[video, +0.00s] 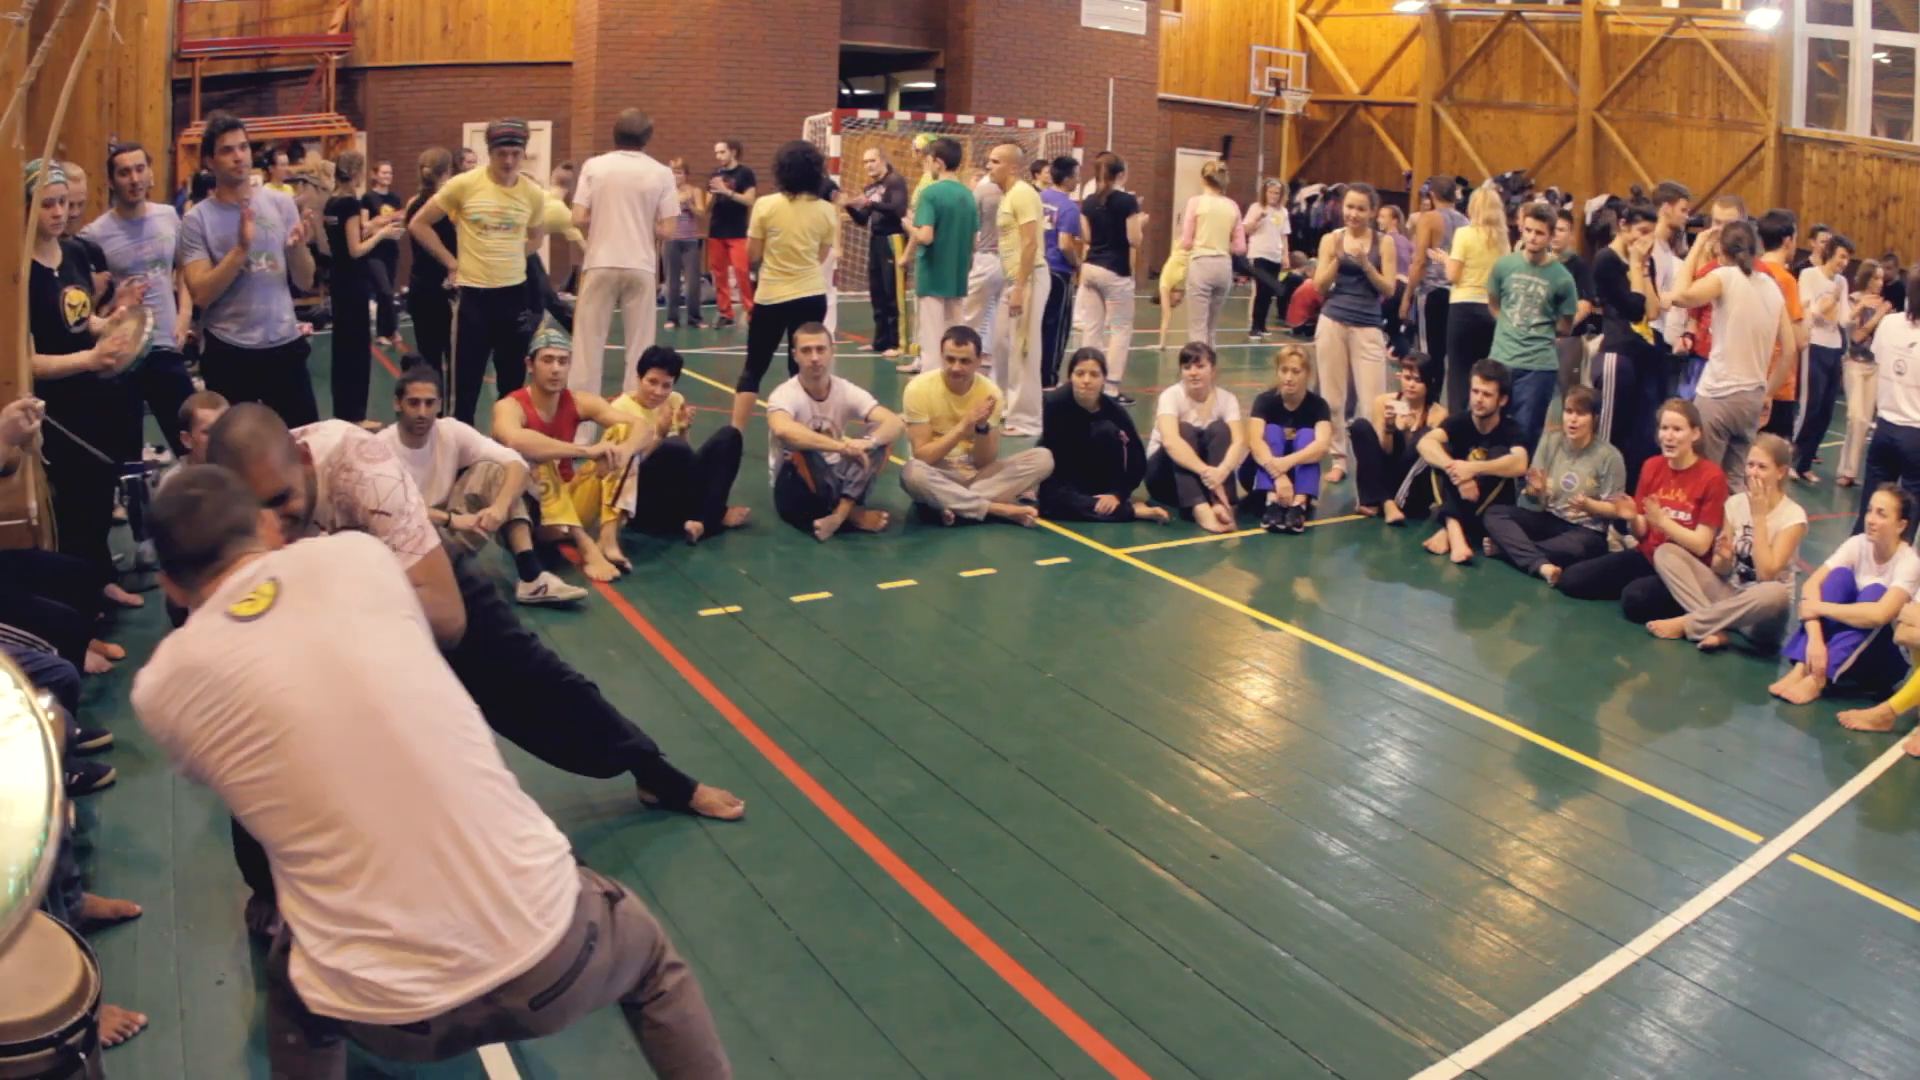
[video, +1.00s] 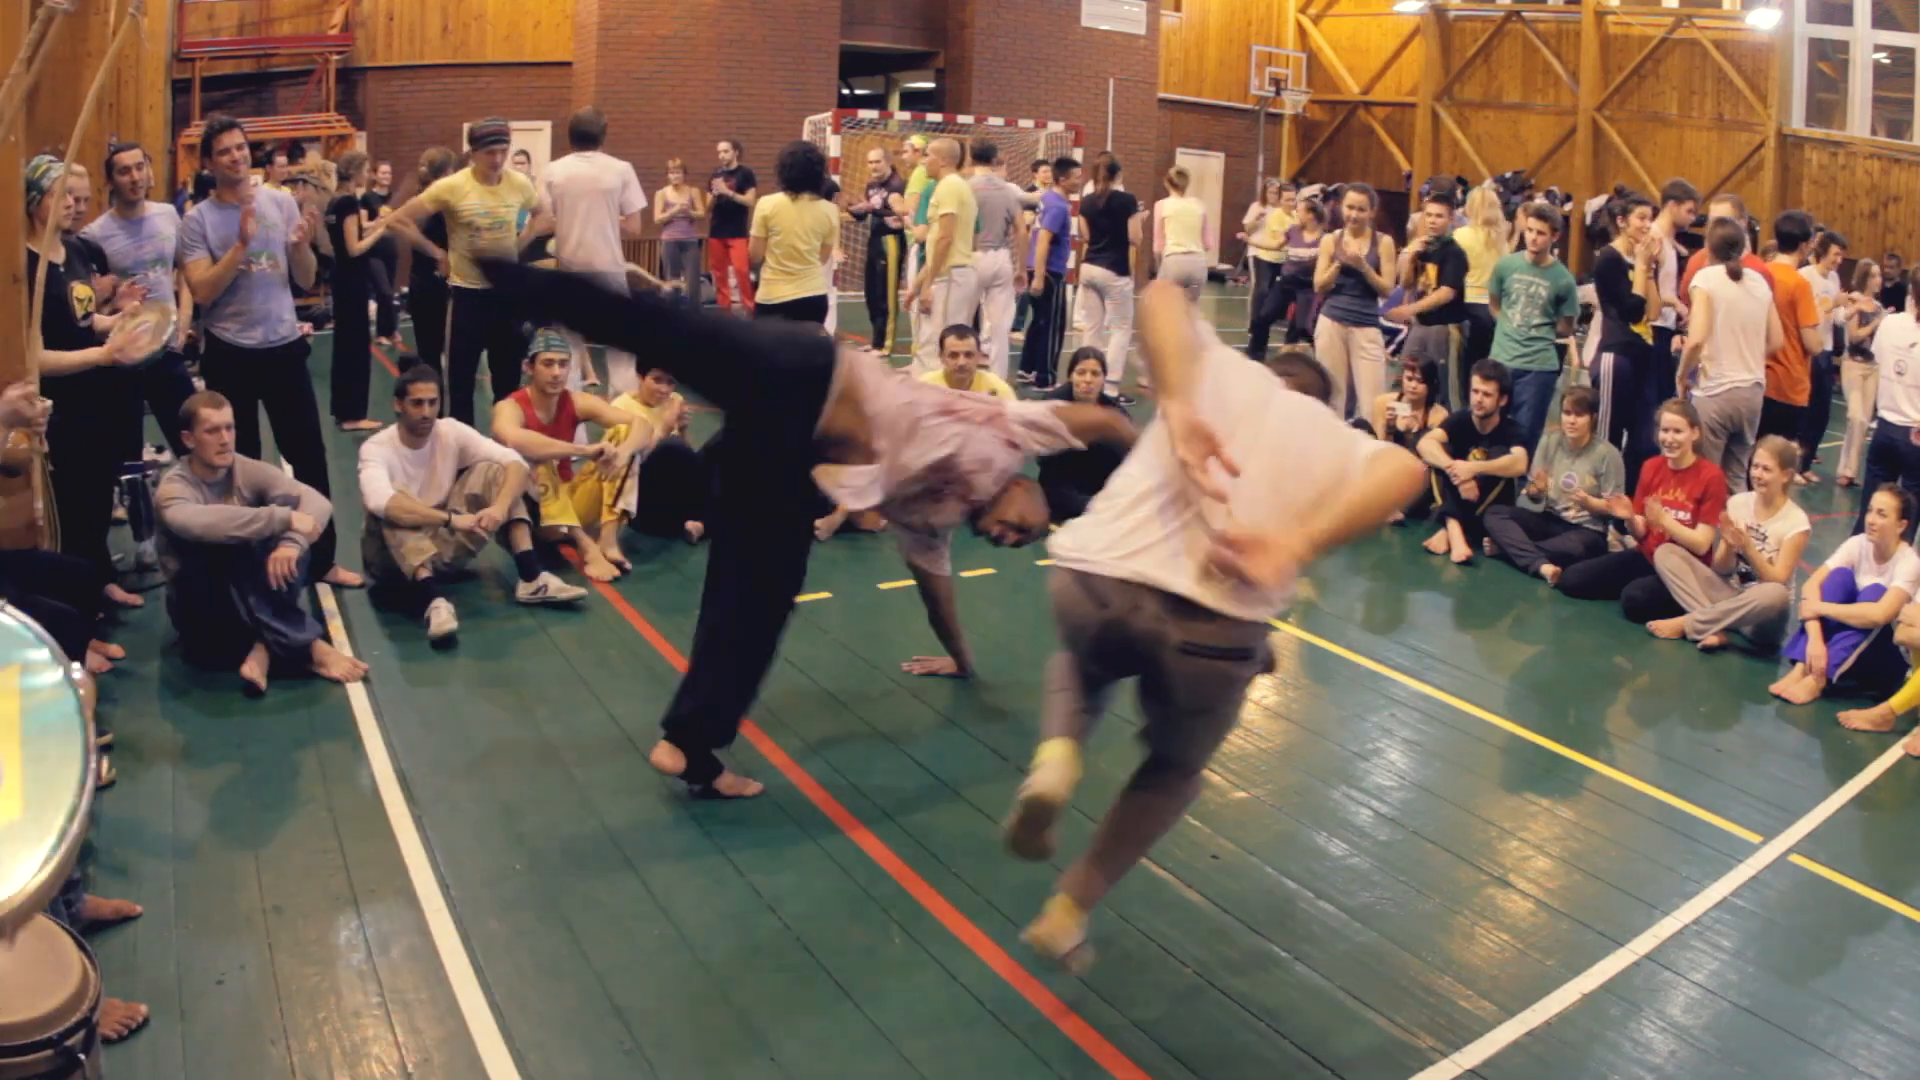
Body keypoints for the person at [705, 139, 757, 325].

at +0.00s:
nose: (719, 156)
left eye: (722, 152)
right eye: (717, 153)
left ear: (734, 152)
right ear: (715, 155)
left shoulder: (745, 173)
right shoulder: (716, 174)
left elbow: (750, 199)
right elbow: (708, 206)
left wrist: (725, 191)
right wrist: (714, 192)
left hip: (737, 233)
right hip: (716, 232)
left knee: (741, 271)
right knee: (719, 274)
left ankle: (749, 309)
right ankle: (725, 312)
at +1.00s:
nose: (722, 156)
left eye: (726, 151)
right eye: (719, 152)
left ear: (736, 152)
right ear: (717, 155)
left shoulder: (745, 173)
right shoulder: (715, 175)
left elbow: (750, 200)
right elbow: (708, 206)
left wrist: (727, 192)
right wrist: (714, 193)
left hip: (737, 231)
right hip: (717, 231)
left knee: (742, 271)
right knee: (718, 273)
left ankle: (748, 306)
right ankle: (723, 307)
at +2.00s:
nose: (735, 152)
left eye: (739, 148)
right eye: (732, 149)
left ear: (746, 151)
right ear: (727, 152)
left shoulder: (754, 172)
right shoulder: (720, 174)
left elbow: (761, 200)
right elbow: (713, 202)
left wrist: (745, 193)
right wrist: (724, 193)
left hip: (748, 232)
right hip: (725, 233)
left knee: (750, 273)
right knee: (724, 276)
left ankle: (752, 312)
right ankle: (725, 312)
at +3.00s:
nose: (759, 158)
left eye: (763, 154)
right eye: (756, 154)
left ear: (769, 155)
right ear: (751, 155)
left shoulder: (773, 174)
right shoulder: (741, 173)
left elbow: (779, 197)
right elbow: (729, 199)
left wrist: (764, 199)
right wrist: (749, 200)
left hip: (765, 230)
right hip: (742, 230)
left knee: (760, 272)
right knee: (742, 273)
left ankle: (759, 310)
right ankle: (743, 312)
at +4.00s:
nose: (746, 161)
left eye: (749, 156)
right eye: (743, 157)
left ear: (758, 154)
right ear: (739, 157)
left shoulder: (769, 174)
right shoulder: (734, 176)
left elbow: (777, 199)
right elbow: (726, 196)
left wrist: (772, 220)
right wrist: (730, 219)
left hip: (764, 228)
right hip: (741, 229)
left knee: (763, 272)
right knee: (741, 275)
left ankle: (764, 310)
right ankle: (745, 312)